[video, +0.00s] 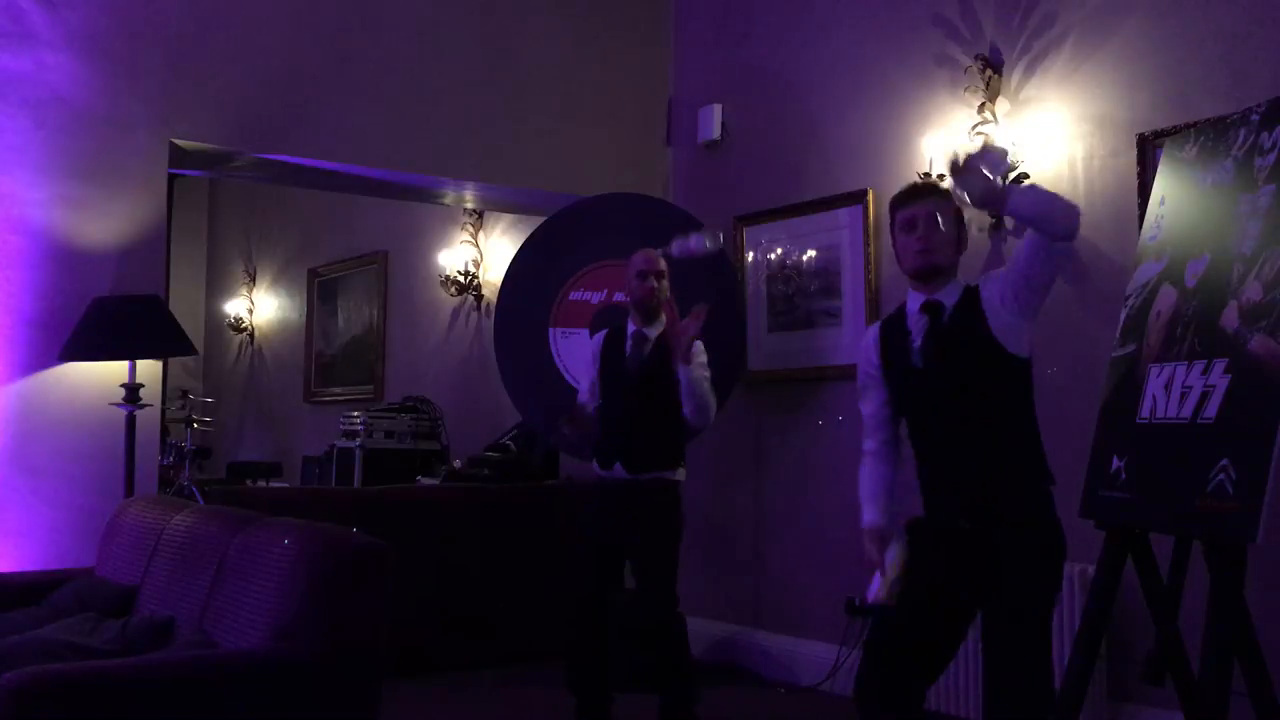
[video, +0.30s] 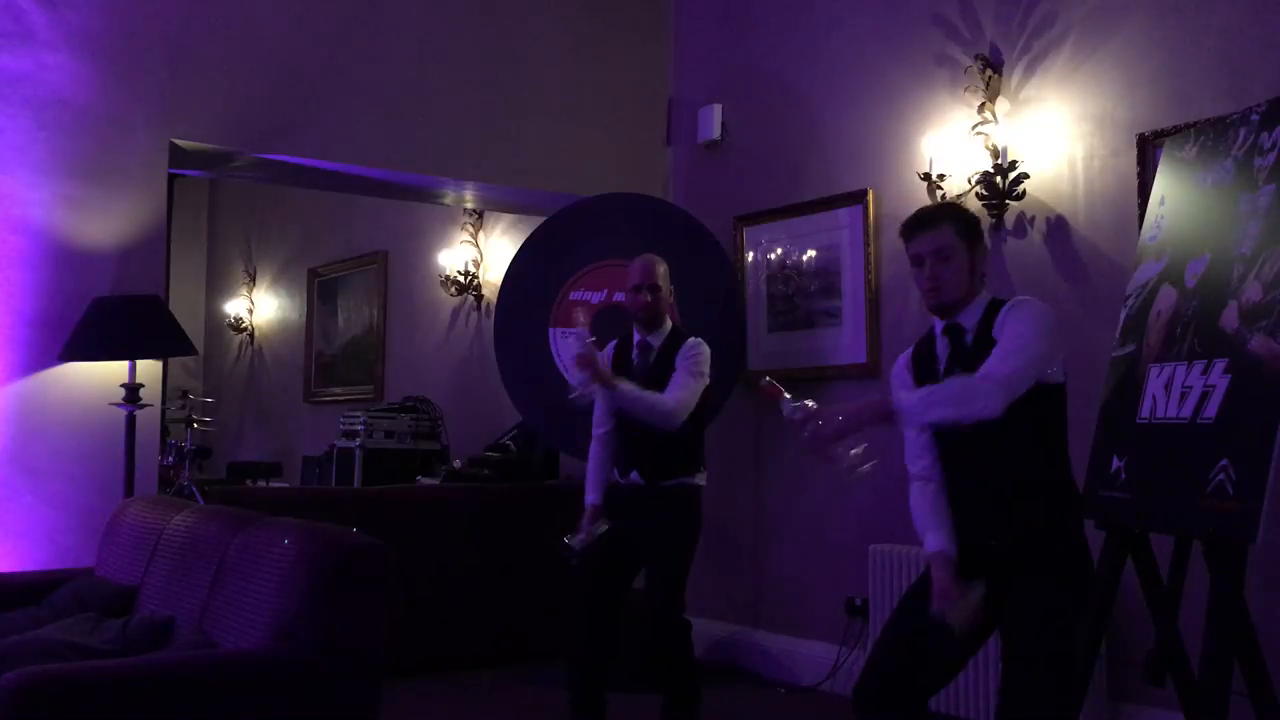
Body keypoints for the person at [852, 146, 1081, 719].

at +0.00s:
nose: (924, 236)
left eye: (937, 223)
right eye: (909, 227)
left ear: (960, 237)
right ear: (893, 248)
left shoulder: (1003, 300)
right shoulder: (881, 341)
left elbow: (1063, 222)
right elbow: (878, 444)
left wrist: (997, 194)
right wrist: (877, 537)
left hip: (1020, 528)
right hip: (941, 536)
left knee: (1016, 697)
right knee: (881, 690)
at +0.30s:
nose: (930, 276)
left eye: (943, 258)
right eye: (918, 263)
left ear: (978, 260)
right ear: (909, 272)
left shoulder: (1027, 319)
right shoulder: (911, 366)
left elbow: (987, 395)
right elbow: (923, 475)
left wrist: (882, 410)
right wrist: (940, 561)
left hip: (1045, 554)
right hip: (968, 559)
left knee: (1033, 709)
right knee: (880, 696)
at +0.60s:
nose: (938, 244)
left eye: (954, 228)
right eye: (934, 231)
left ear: (1001, 236)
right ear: (931, 237)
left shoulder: (1025, 316)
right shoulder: (936, 329)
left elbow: (959, 427)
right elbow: (931, 425)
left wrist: (844, 465)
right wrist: (916, 487)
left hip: (1024, 544)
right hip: (958, 540)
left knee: (1005, 702)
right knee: (888, 686)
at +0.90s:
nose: (936, 223)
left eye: (953, 210)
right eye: (937, 211)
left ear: (1000, 222)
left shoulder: (1027, 300)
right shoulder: (941, 309)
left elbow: (990, 399)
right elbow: (880, 390)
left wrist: (891, 413)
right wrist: (819, 386)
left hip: (1011, 526)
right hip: (948, 520)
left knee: (998, 695)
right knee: (891, 681)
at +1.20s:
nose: (941, 204)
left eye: (960, 194)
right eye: (943, 193)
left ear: (1003, 212)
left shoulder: (1025, 284)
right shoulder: (924, 296)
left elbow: (1013, 352)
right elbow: (885, 382)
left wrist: (917, 320)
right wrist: (855, 431)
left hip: (984, 509)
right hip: (911, 503)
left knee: (996, 690)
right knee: (838, 679)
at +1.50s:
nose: (909, 228)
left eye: (927, 219)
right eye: (914, 216)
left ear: (971, 234)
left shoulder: (1009, 326)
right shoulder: (877, 291)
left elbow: (1035, 416)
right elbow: (835, 388)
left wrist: (964, 437)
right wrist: (844, 463)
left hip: (943, 521)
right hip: (861, 510)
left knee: (975, 690)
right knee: (813, 681)